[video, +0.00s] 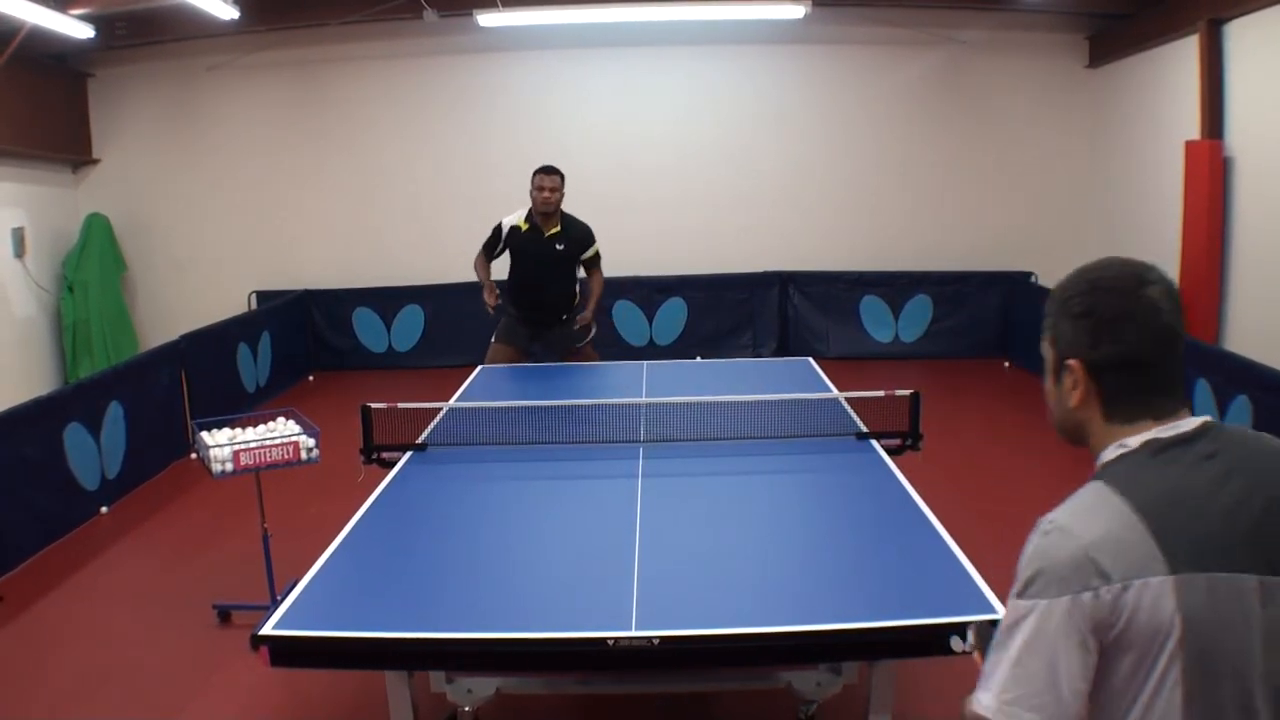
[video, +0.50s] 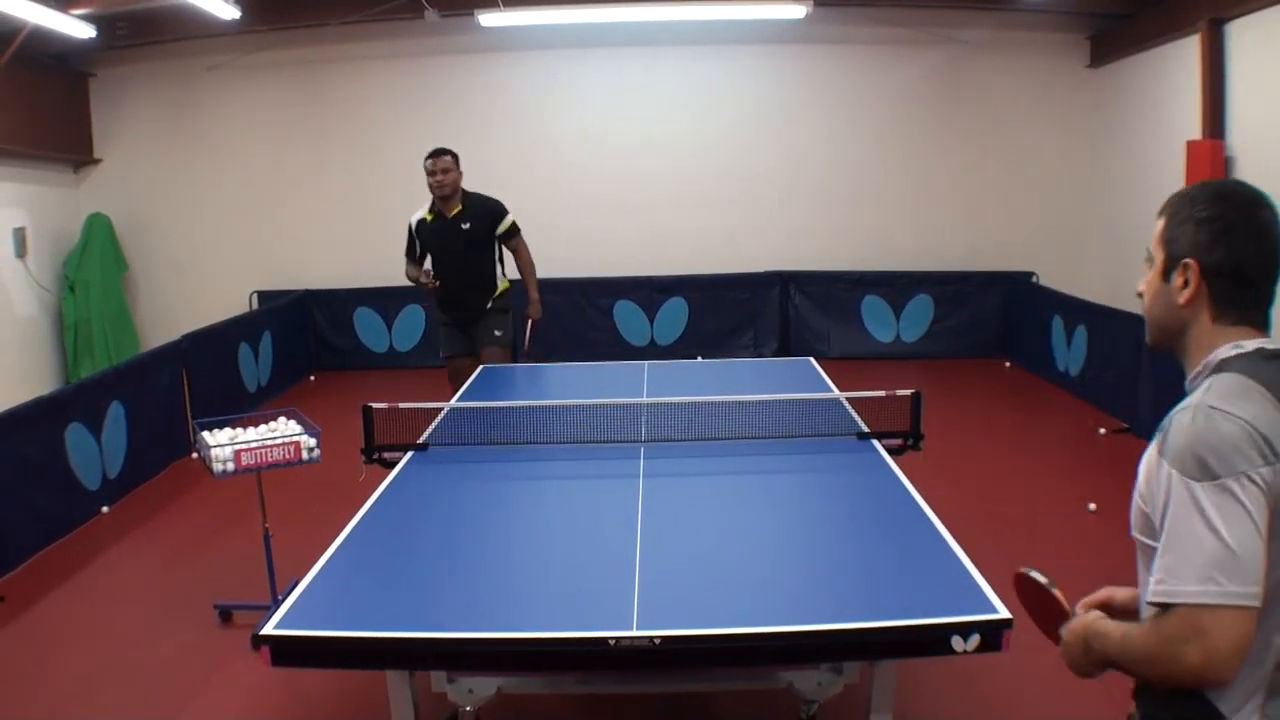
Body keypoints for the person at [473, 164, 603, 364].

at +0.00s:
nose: (546, 195)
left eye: (553, 190)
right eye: (540, 190)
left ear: (562, 194)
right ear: (531, 193)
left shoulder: (579, 232)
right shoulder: (512, 226)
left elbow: (595, 273)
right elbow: (481, 258)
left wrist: (589, 311)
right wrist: (486, 283)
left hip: (563, 322)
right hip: (518, 319)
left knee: (596, 378)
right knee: (491, 379)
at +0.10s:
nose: (524, 199)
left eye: (531, 194)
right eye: (518, 194)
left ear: (541, 199)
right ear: (510, 198)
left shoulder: (560, 235)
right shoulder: (493, 234)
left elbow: (579, 276)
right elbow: (468, 267)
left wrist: (568, 319)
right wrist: (468, 288)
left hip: (552, 328)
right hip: (507, 328)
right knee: (488, 385)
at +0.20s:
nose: (494, 197)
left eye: (501, 191)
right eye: (488, 192)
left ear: (513, 196)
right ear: (481, 196)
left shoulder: (535, 232)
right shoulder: (468, 238)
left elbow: (558, 275)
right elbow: (454, 272)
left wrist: (555, 324)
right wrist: (447, 291)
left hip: (531, 325)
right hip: (489, 325)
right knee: (481, 384)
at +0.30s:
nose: (469, 190)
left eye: (476, 184)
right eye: (463, 185)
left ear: (489, 187)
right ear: (456, 190)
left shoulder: (515, 224)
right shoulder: (447, 234)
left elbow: (538, 268)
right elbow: (441, 271)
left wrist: (547, 318)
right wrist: (434, 291)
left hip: (519, 320)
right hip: (475, 322)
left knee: (530, 388)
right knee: (467, 388)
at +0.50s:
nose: (438, 179)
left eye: (445, 172)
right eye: (432, 174)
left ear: (460, 174)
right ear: (426, 179)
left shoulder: (488, 209)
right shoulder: (420, 223)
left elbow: (520, 249)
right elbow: (411, 266)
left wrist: (533, 299)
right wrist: (420, 277)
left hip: (491, 305)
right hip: (450, 309)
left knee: (496, 375)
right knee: (461, 382)